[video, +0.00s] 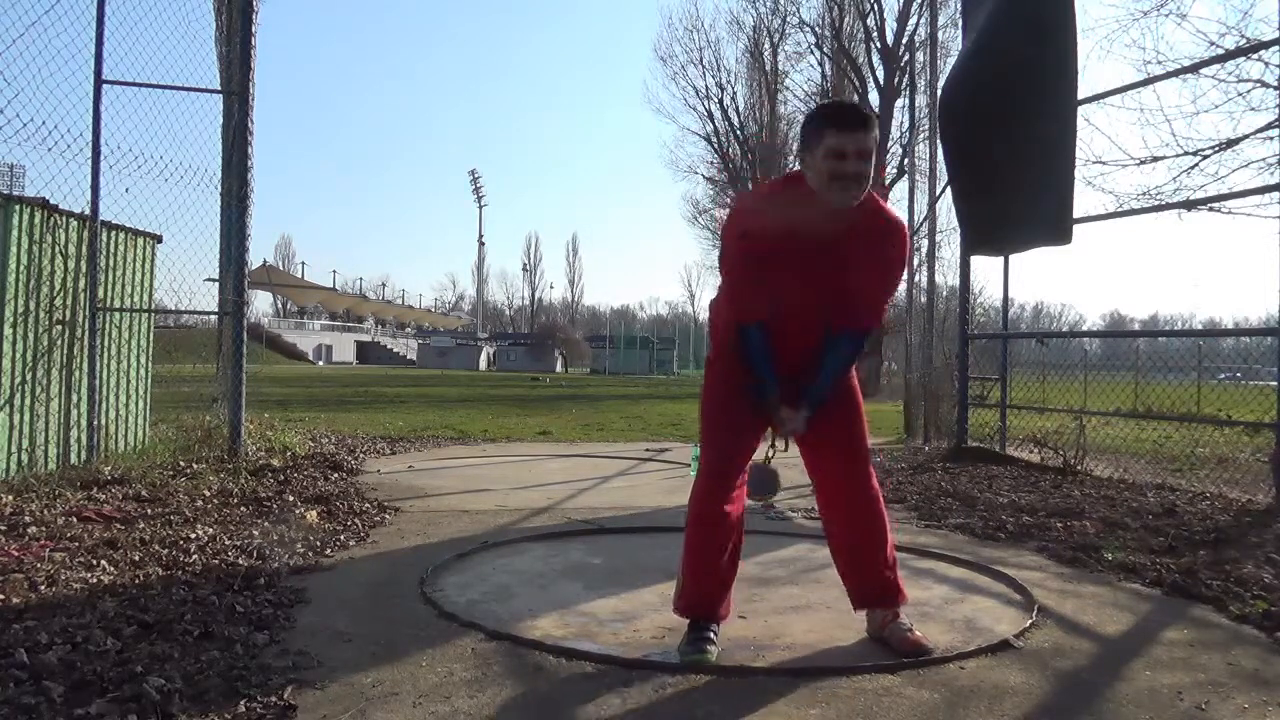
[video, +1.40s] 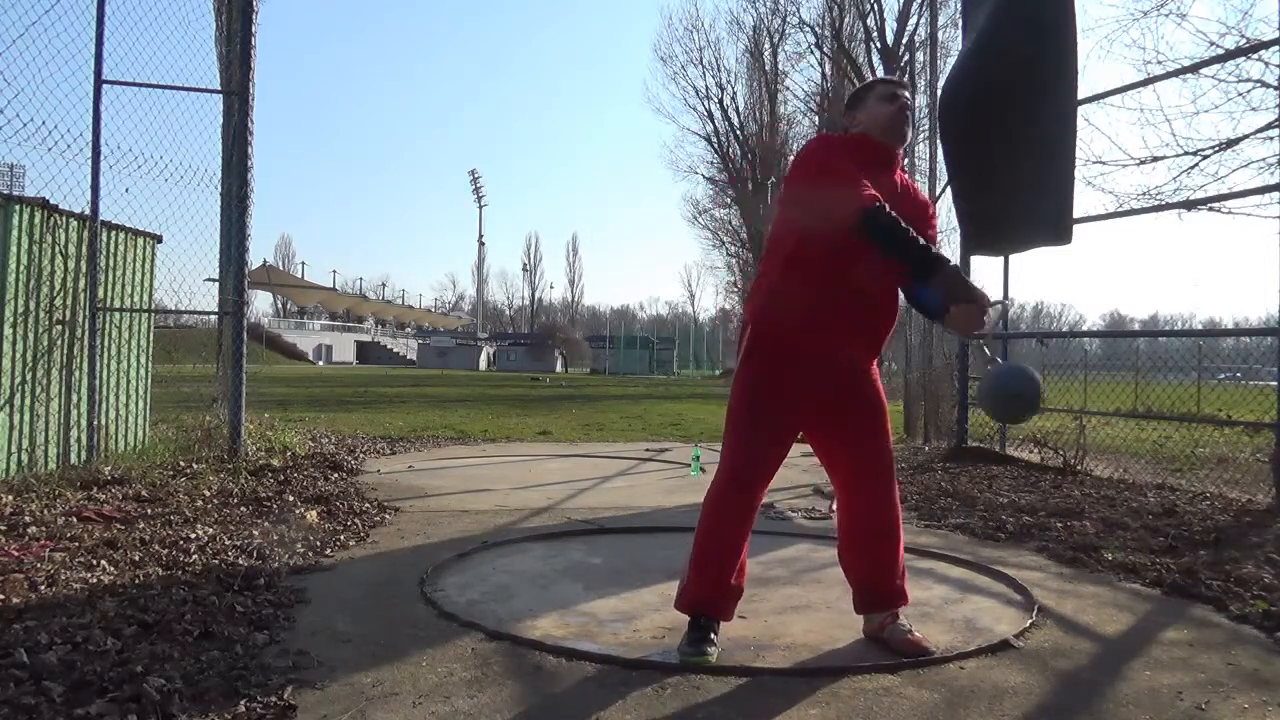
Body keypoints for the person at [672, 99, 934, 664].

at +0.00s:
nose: (849, 167)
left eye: (861, 156)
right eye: (836, 155)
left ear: (874, 161)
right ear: (805, 155)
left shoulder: (885, 232)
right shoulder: (755, 213)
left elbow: (855, 331)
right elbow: (747, 314)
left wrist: (809, 401)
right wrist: (770, 392)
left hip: (825, 364)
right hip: (745, 355)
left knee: (854, 480)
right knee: (719, 481)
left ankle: (885, 613)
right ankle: (703, 619)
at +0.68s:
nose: (819, 100)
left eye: (826, 91)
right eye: (804, 91)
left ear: (836, 106)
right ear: (772, 105)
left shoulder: (864, 180)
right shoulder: (742, 174)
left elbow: (863, 276)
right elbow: (751, 272)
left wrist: (842, 356)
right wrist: (802, 351)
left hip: (833, 354)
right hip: (750, 353)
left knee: (861, 477)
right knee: (719, 479)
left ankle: (885, 614)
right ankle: (704, 617)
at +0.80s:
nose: (814, 89)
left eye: (821, 82)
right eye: (798, 81)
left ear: (833, 102)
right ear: (770, 101)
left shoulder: (861, 173)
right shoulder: (742, 166)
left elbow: (873, 251)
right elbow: (761, 244)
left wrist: (862, 306)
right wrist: (831, 290)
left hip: (829, 354)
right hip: (749, 354)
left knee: (860, 480)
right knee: (720, 483)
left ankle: (884, 614)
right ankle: (704, 619)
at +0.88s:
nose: (816, 87)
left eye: (824, 81)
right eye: (801, 80)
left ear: (836, 100)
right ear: (772, 101)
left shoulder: (864, 170)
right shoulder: (746, 160)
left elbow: (886, 244)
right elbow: (766, 218)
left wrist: (877, 275)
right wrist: (846, 244)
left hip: (835, 360)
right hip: (751, 358)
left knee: (862, 487)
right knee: (721, 487)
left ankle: (883, 615)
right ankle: (704, 619)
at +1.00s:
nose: (830, 86)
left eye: (836, 81)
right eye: (814, 80)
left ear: (846, 101)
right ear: (782, 102)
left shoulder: (870, 166)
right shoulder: (756, 153)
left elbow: (896, 220)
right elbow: (781, 199)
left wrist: (919, 230)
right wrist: (871, 202)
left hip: (839, 360)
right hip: (756, 357)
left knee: (864, 486)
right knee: (724, 488)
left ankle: (882, 614)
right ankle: (704, 617)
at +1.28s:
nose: (881, 100)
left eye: (887, 95)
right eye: (867, 90)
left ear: (890, 116)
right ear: (832, 105)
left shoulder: (900, 183)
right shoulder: (801, 152)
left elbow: (924, 242)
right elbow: (856, 194)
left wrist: (962, 253)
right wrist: (930, 221)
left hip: (848, 360)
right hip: (770, 351)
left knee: (870, 484)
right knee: (736, 482)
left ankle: (882, 618)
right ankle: (704, 618)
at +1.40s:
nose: (904, 109)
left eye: (909, 105)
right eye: (889, 99)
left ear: (909, 128)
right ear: (851, 114)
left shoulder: (914, 202)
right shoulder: (821, 157)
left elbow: (917, 277)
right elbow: (872, 220)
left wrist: (953, 309)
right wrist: (946, 277)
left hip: (851, 361)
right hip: (778, 348)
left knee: (874, 483)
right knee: (741, 479)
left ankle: (882, 617)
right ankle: (703, 619)